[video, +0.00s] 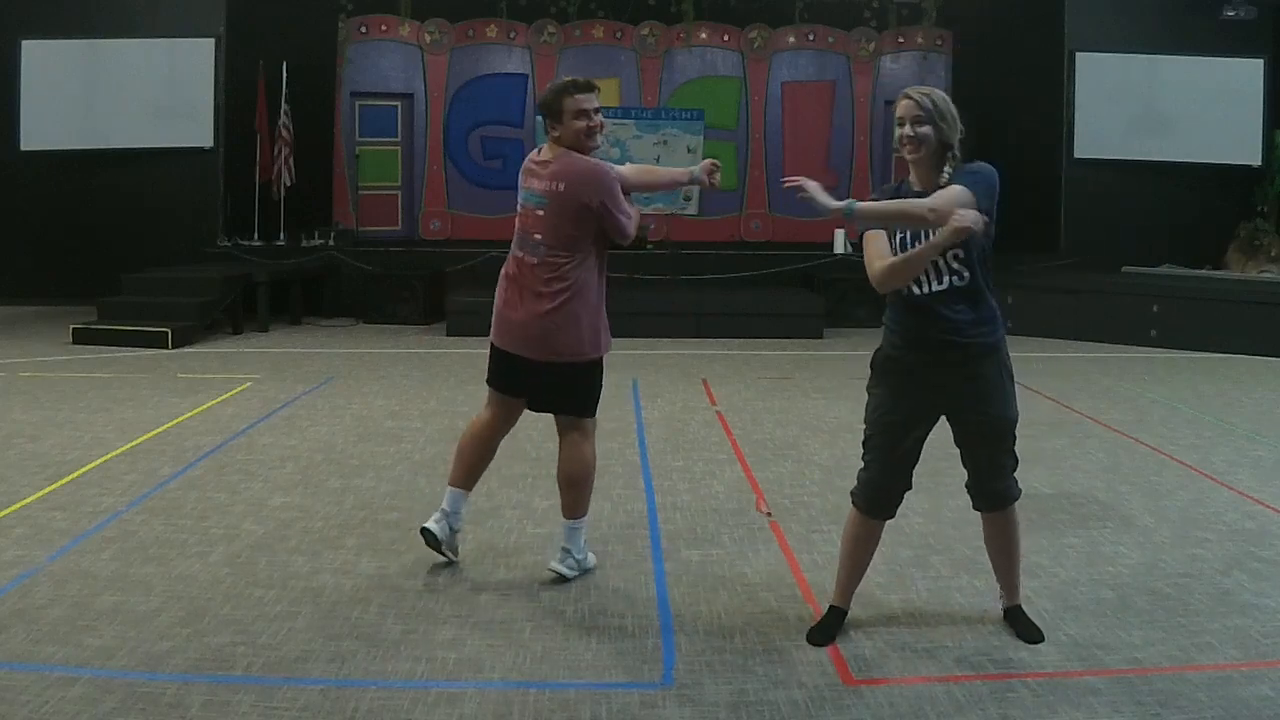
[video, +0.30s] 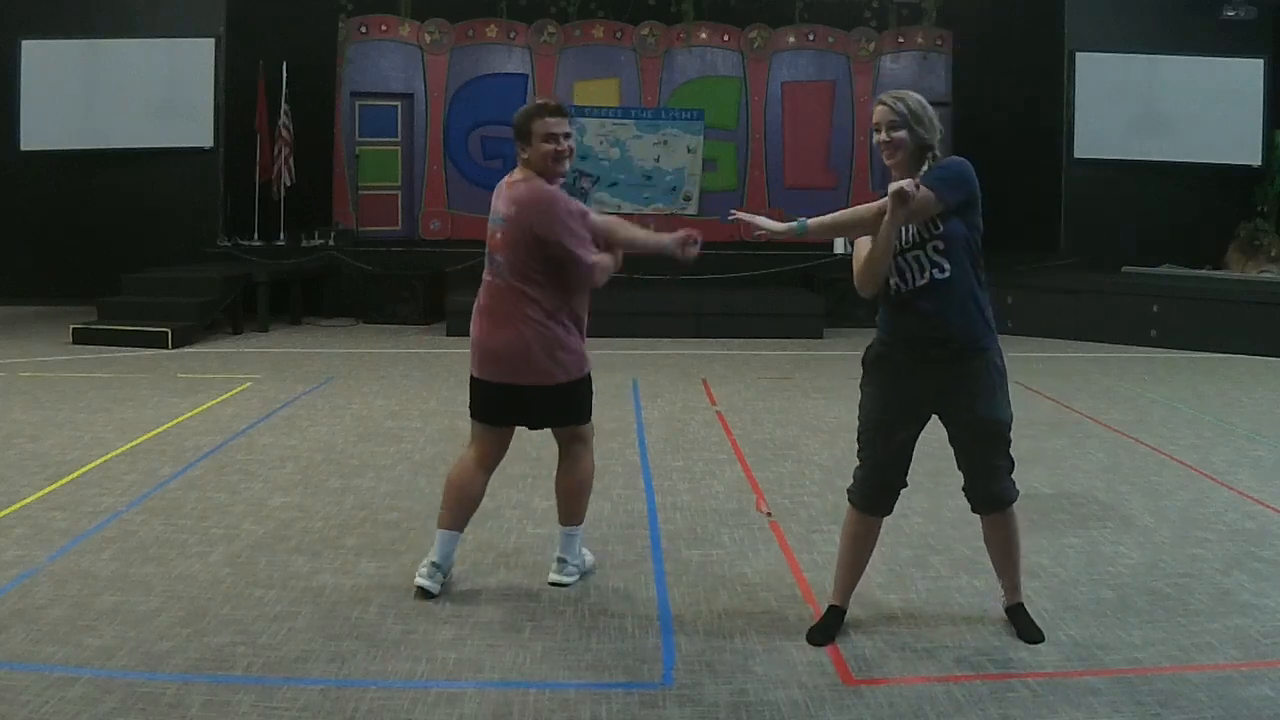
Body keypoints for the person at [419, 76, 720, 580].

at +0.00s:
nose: (595, 122)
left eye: (596, 113)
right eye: (582, 116)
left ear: (594, 116)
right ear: (556, 124)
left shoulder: (534, 162)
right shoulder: (595, 175)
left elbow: (621, 173)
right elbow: (628, 229)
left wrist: (692, 174)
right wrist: (629, 206)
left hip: (512, 322)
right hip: (572, 331)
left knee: (495, 414)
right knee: (576, 432)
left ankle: (446, 518)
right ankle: (573, 549)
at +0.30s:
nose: (562, 147)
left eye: (567, 138)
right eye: (550, 139)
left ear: (572, 141)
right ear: (524, 147)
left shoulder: (510, 189)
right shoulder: (547, 201)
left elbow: (602, 226)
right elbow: (592, 273)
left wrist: (668, 241)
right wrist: (613, 259)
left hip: (493, 346)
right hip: (550, 350)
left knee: (482, 451)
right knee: (575, 444)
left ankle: (437, 563)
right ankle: (569, 556)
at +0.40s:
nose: (549, 142)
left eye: (553, 134)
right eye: (537, 135)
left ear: (558, 138)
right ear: (511, 142)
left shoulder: (503, 187)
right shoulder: (525, 198)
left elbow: (571, 240)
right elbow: (555, 279)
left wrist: (629, 277)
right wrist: (599, 323)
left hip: (484, 348)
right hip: (541, 351)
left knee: (473, 449)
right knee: (566, 442)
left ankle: (434, 562)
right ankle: (569, 556)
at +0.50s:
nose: (540, 135)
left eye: (543, 126)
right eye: (529, 126)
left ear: (540, 130)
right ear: (500, 134)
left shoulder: (483, 181)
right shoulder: (513, 192)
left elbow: (520, 259)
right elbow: (523, 278)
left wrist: (560, 299)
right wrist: (549, 348)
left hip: (474, 342)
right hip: (523, 344)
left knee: (460, 446)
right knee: (550, 444)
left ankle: (430, 561)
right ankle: (565, 556)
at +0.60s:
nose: (541, 133)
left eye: (539, 124)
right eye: (531, 125)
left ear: (496, 135)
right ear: (499, 133)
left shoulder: (469, 179)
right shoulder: (504, 186)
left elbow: (473, 262)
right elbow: (503, 268)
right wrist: (520, 344)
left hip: (460, 340)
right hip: (515, 341)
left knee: (447, 448)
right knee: (546, 442)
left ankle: (425, 567)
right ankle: (563, 555)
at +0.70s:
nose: (538, 133)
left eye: (536, 123)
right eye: (533, 124)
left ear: (483, 133)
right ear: (510, 132)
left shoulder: (451, 183)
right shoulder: (509, 189)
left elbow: (443, 259)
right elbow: (512, 272)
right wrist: (534, 347)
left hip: (447, 345)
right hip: (505, 347)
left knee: (439, 446)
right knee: (547, 435)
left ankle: (424, 567)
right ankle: (549, 555)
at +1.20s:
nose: (481, 140)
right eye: (482, 133)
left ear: (431, 128)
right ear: (478, 134)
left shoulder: (390, 189)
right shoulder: (500, 189)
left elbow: (382, 274)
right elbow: (551, 252)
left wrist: (395, 331)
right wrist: (588, 298)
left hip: (425, 344)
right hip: (497, 344)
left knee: (423, 448)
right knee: (521, 443)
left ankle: (421, 570)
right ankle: (548, 558)